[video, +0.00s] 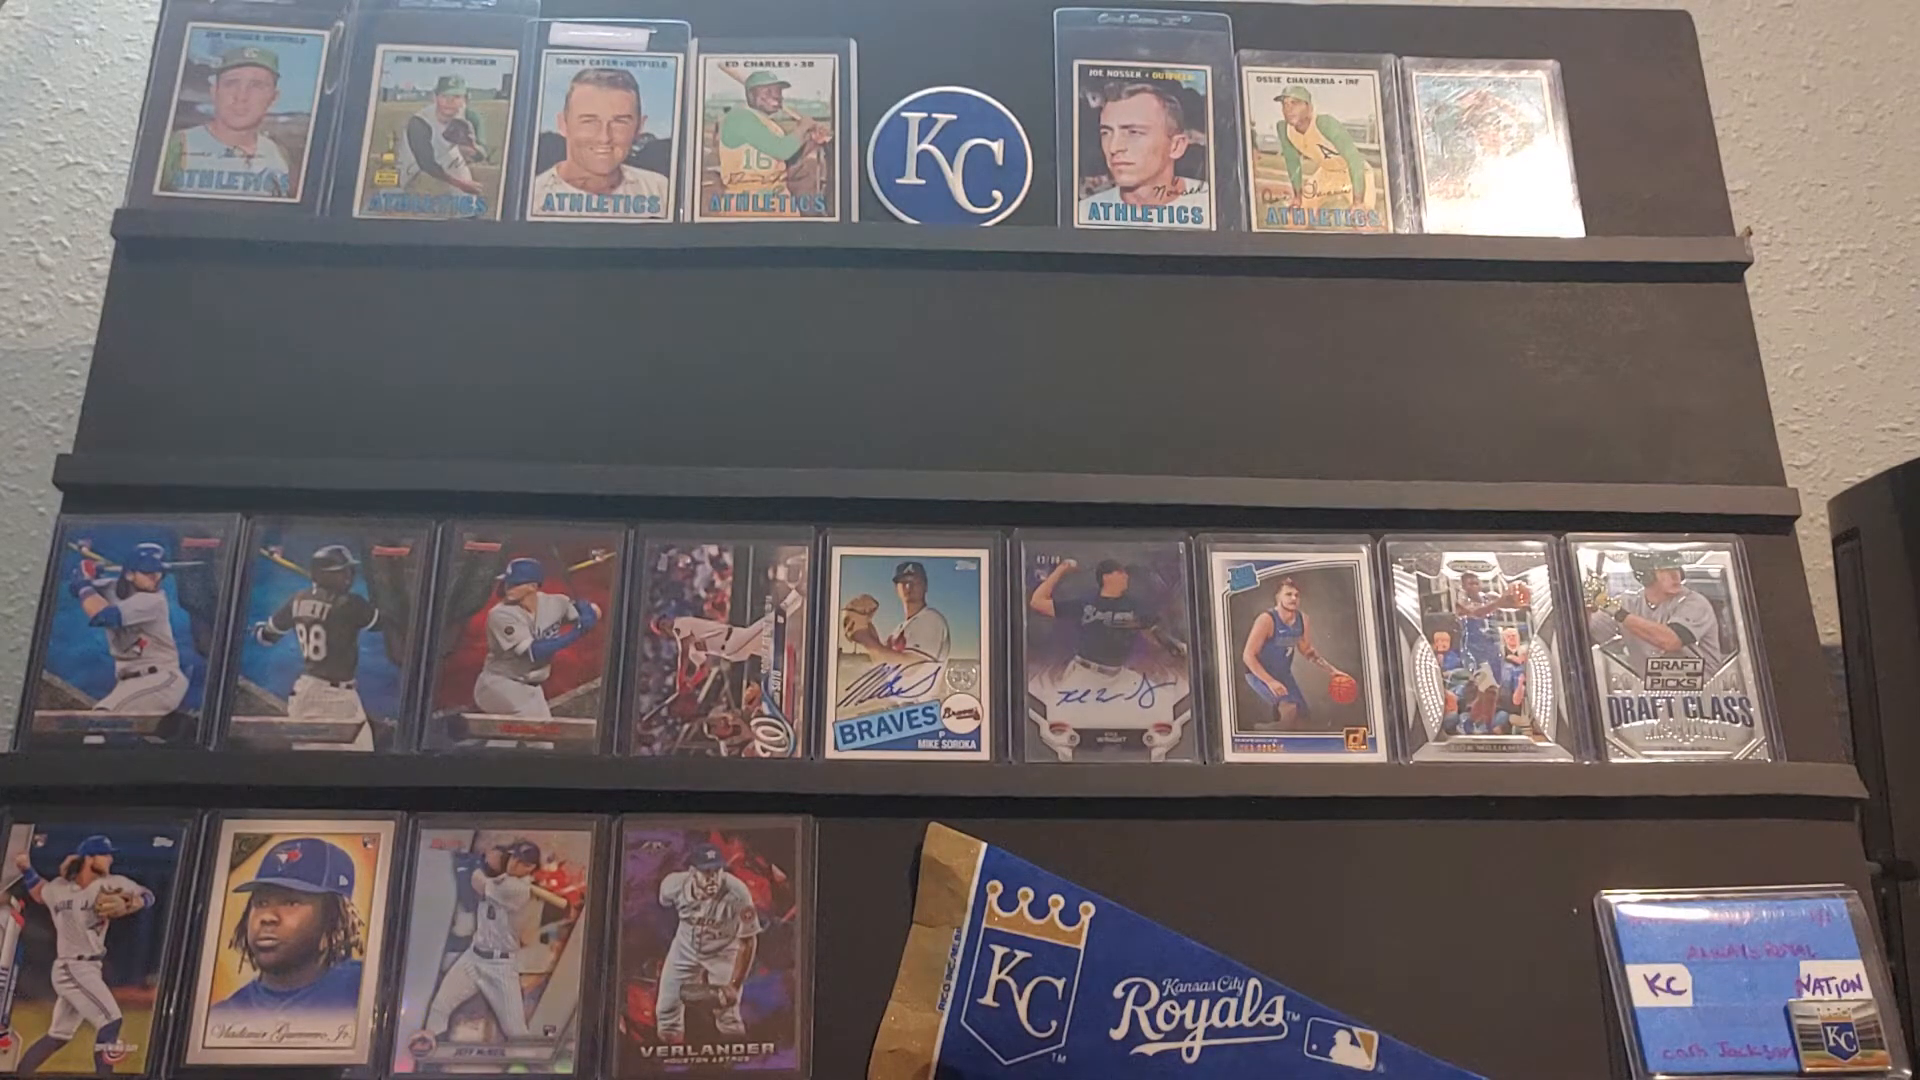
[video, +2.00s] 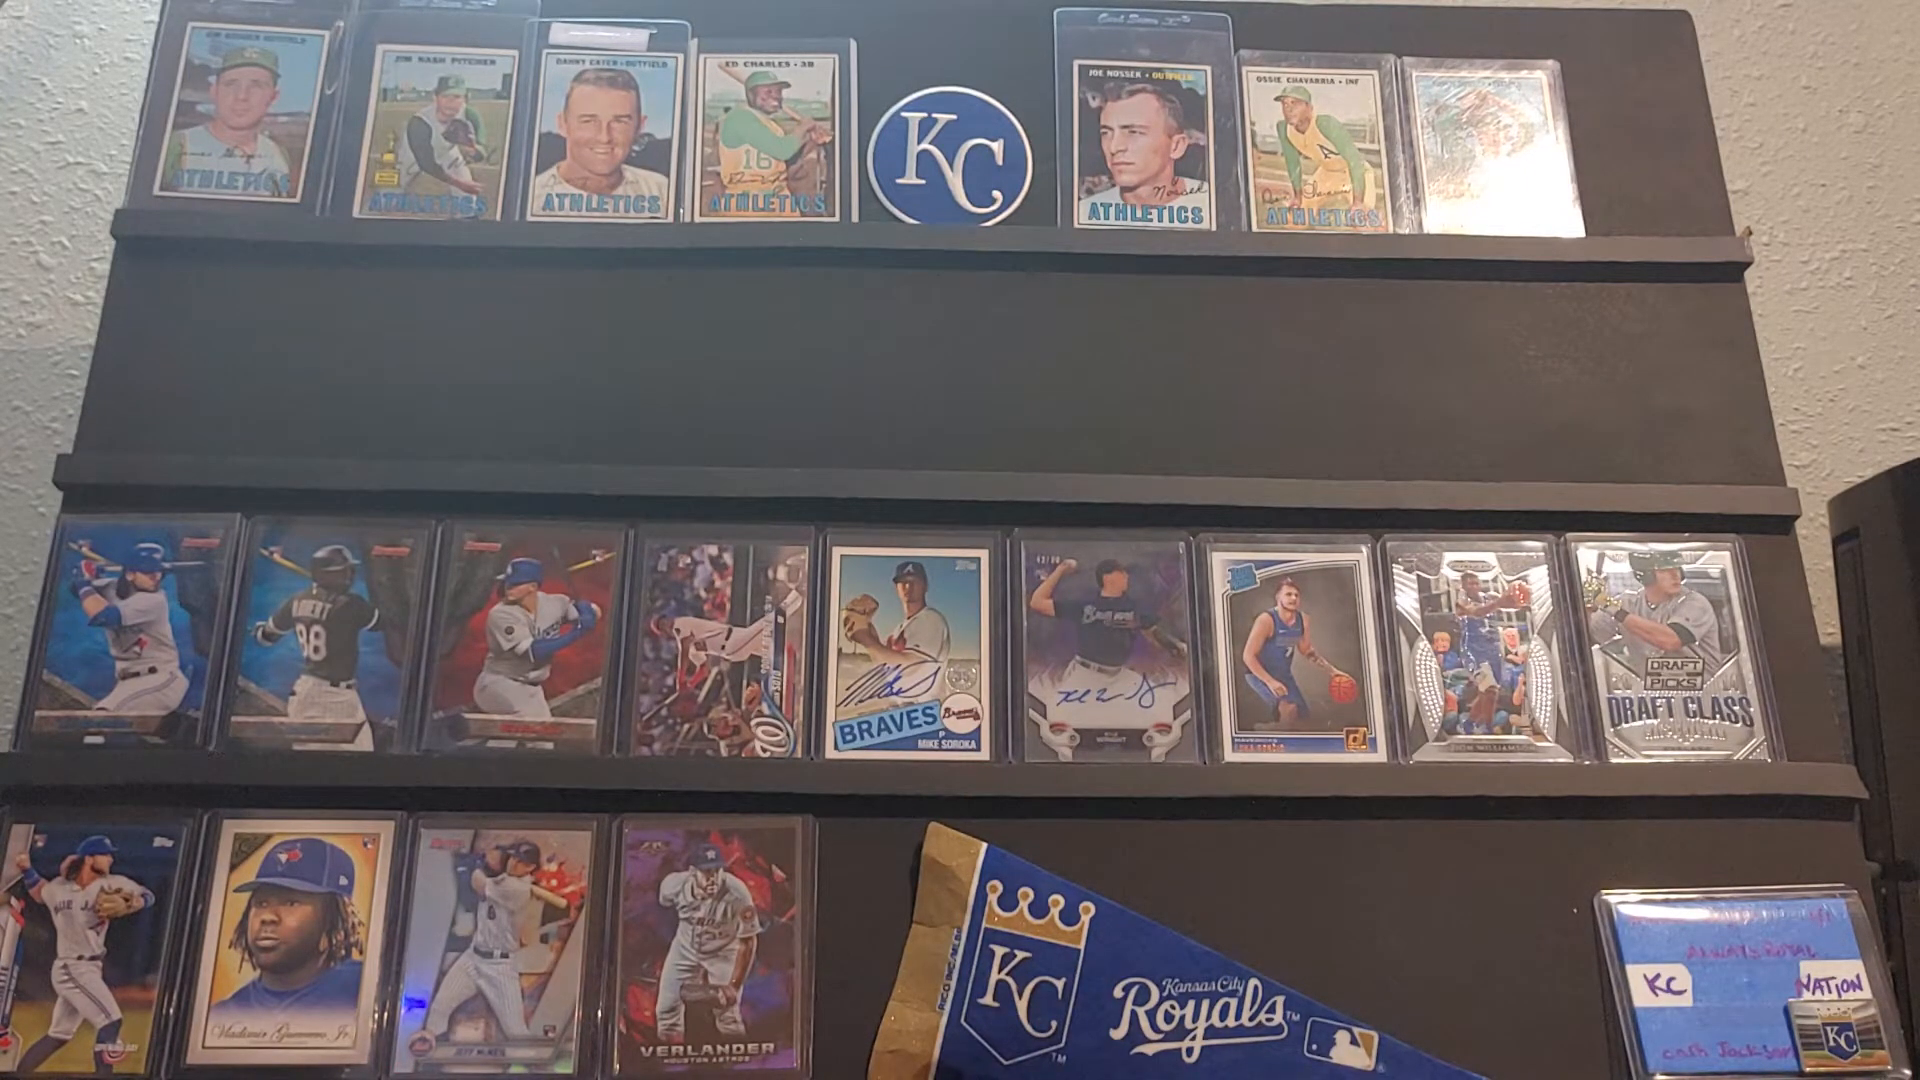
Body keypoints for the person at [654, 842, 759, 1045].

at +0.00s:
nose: (711, 878)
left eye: (716, 872)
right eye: (705, 872)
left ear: (722, 870)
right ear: (692, 871)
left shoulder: (738, 893)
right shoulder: (673, 885)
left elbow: (748, 941)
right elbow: (666, 908)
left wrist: (735, 985)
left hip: (724, 953)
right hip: (684, 947)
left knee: (727, 1014)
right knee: (666, 1009)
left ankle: (740, 1069)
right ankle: (674, 1069)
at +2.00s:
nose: (711, 878)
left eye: (716, 871)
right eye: (706, 872)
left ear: (722, 869)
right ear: (693, 870)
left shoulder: (738, 893)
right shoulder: (673, 885)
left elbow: (748, 941)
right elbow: (667, 907)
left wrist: (734, 985)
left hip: (724, 954)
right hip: (684, 947)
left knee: (727, 1014)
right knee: (666, 1009)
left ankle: (741, 1068)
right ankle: (674, 1069)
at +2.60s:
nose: (711, 878)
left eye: (716, 871)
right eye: (706, 872)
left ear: (722, 869)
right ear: (692, 870)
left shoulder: (738, 893)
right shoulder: (673, 885)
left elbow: (749, 941)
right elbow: (667, 909)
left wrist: (734, 985)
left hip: (724, 953)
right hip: (684, 947)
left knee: (727, 1014)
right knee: (666, 1009)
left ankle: (741, 1068)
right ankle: (674, 1069)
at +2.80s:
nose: (711, 878)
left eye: (716, 871)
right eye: (706, 872)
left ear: (722, 869)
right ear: (692, 870)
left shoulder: (738, 893)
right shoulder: (673, 885)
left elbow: (749, 941)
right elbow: (667, 909)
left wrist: (734, 985)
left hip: (724, 953)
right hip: (684, 947)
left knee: (727, 1014)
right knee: (666, 1009)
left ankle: (741, 1068)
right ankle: (674, 1069)